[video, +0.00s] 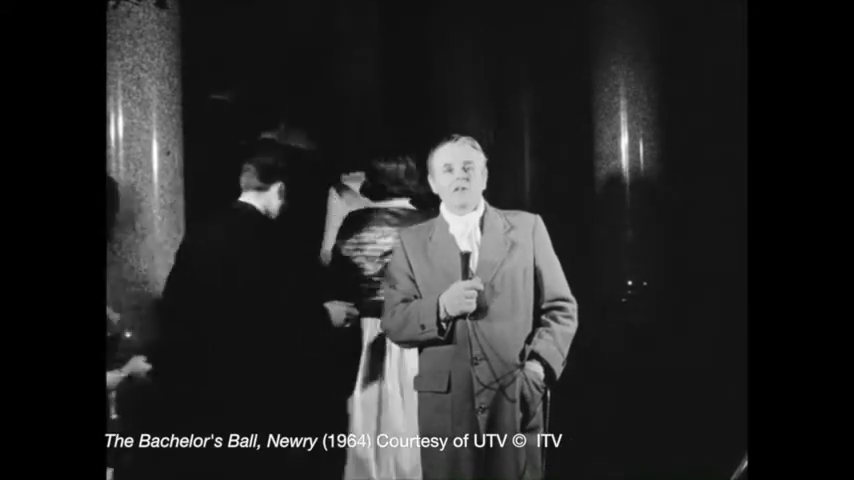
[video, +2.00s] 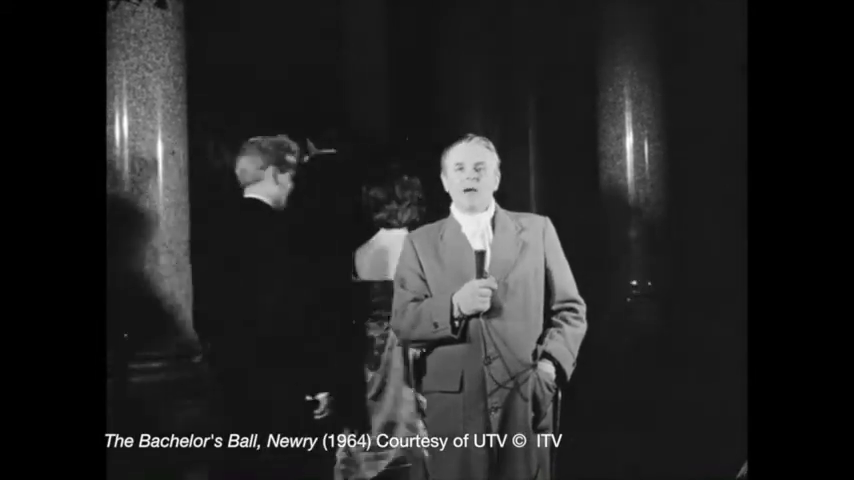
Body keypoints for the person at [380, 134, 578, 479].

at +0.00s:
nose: (460, 175)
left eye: (469, 165)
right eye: (447, 168)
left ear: (485, 176)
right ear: (432, 183)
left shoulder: (527, 228)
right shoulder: (411, 241)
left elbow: (560, 306)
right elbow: (394, 320)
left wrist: (539, 364)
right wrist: (440, 308)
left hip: (515, 395)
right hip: (444, 398)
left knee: (519, 474)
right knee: (446, 474)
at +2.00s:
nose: (470, 174)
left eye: (480, 166)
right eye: (459, 167)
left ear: (497, 178)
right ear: (444, 181)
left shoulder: (537, 231)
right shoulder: (420, 242)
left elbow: (569, 309)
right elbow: (404, 321)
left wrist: (551, 363)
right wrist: (453, 306)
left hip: (523, 399)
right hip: (452, 402)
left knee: (527, 474)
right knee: (453, 473)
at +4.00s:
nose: (480, 186)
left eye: (490, 177)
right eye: (471, 176)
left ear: (510, 180)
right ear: (458, 180)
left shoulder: (549, 230)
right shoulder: (431, 240)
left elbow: (580, 310)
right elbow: (413, 318)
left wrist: (557, 366)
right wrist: (461, 308)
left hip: (531, 397)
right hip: (461, 398)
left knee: (533, 474)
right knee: (460, 474)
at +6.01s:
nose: (470, 185)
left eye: (480, 175)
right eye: (461, 175)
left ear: (499, 181)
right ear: (447, 181)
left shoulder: (538, 231)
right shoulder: (419, 244)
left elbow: (570, 309)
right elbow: (402, 322)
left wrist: (550, 365)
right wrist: (453, 309)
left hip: (525, 398)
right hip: (453, 400)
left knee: (527, 475)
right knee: (456, 474)